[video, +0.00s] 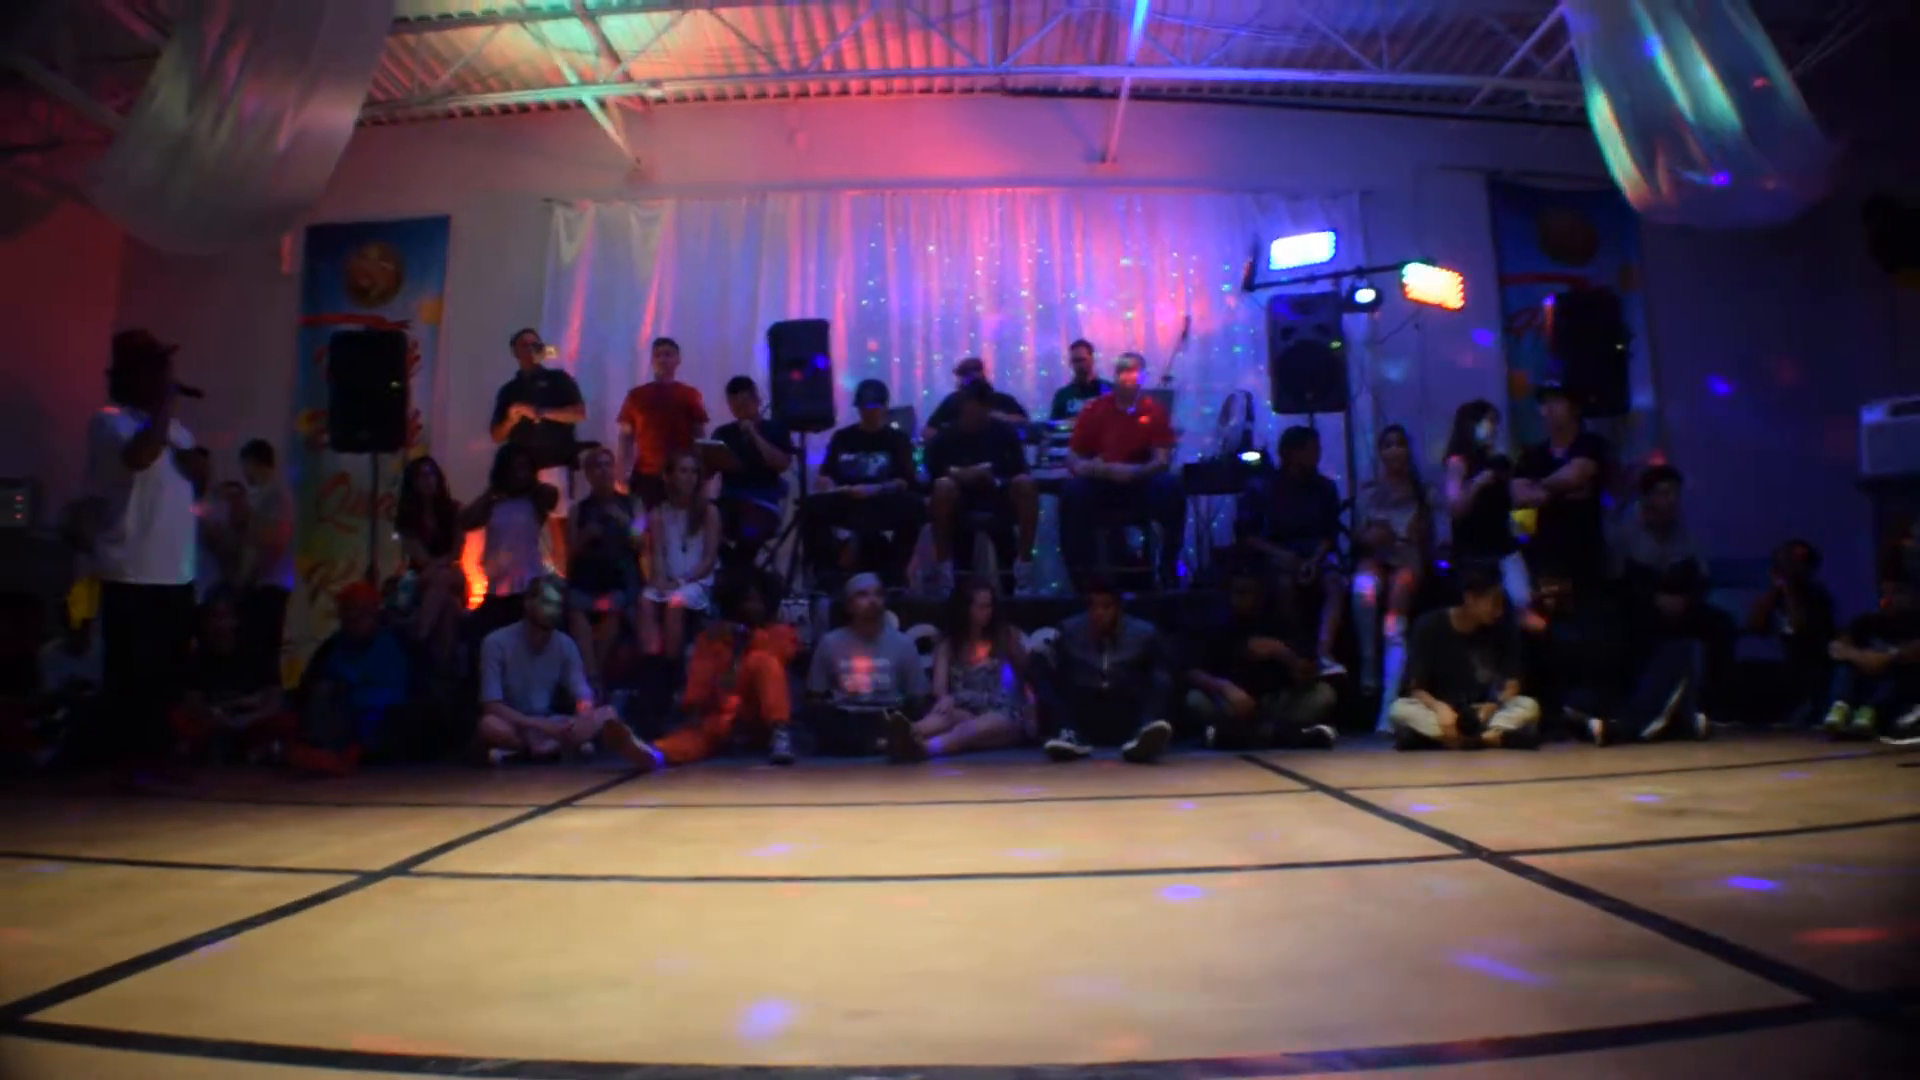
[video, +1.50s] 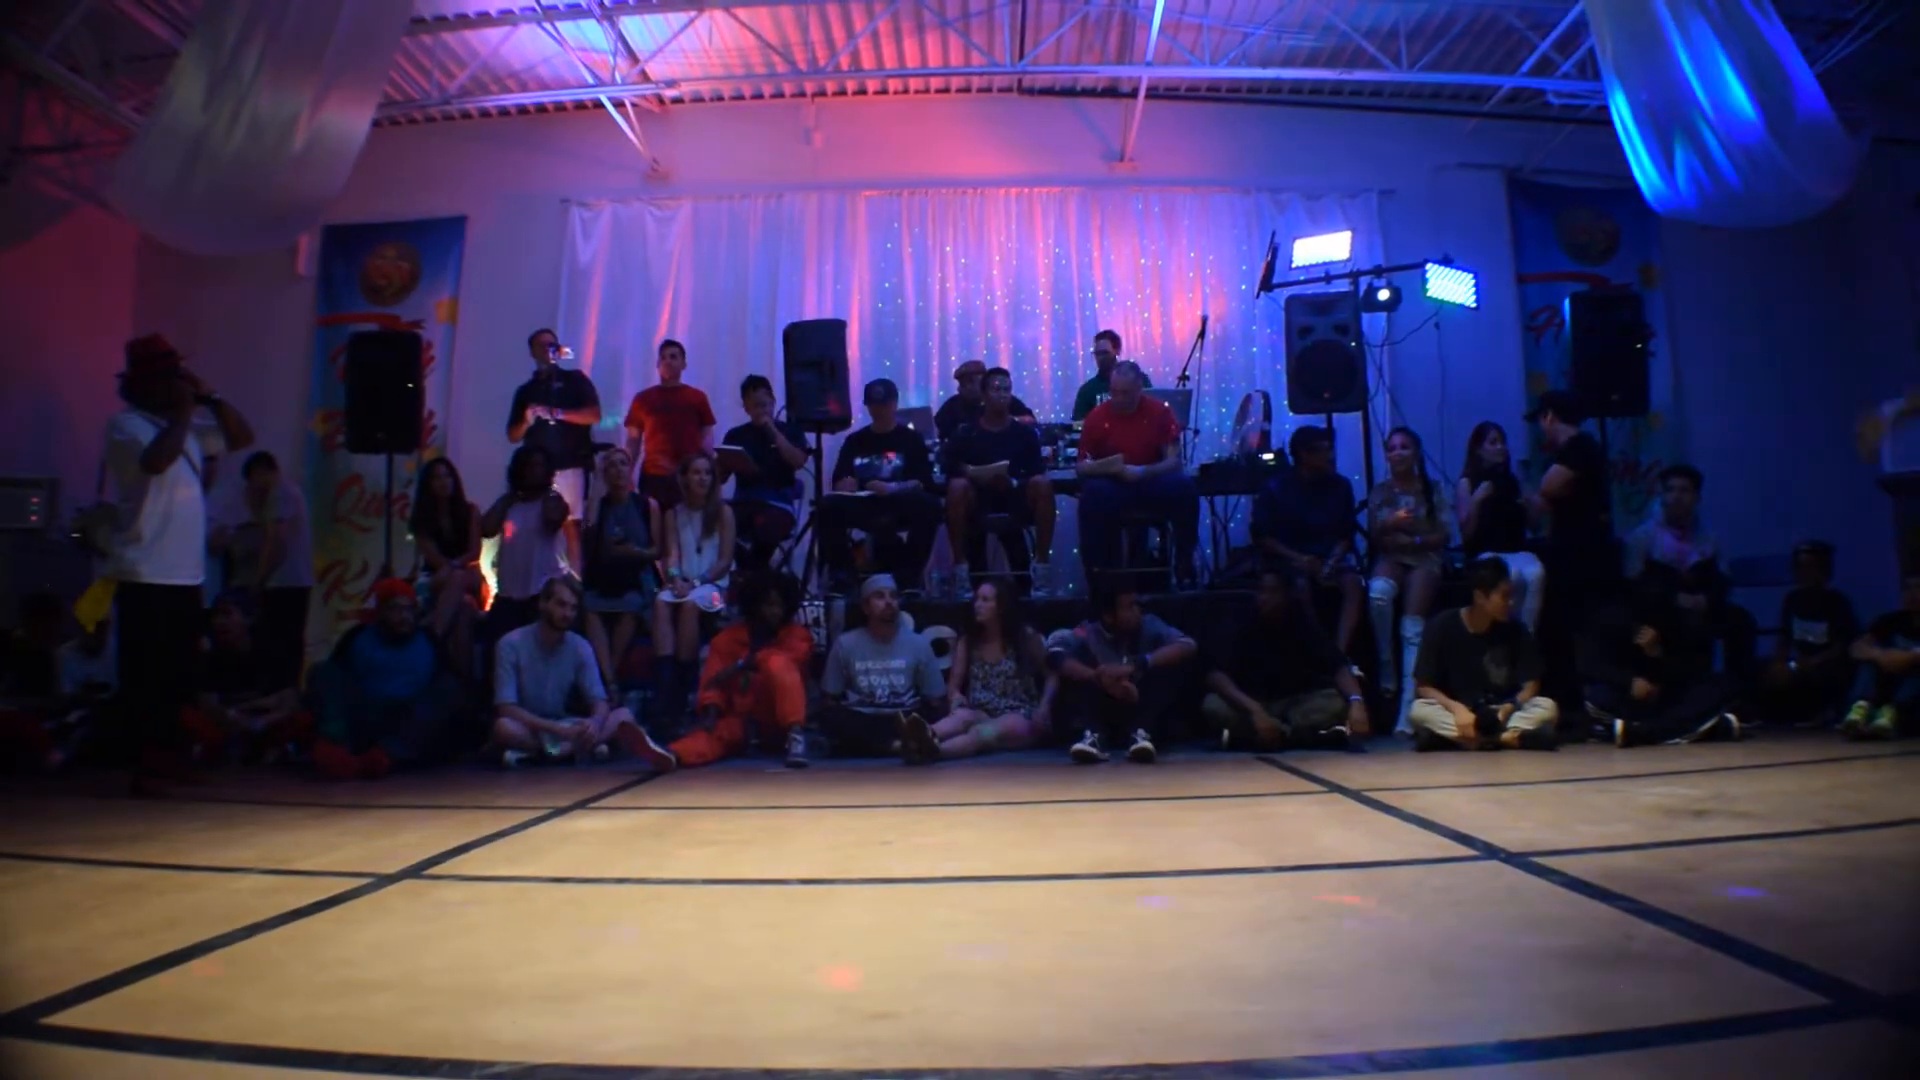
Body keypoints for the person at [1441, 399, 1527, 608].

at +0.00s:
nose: (1493, 428)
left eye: (1495, 422)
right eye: (1487, 422)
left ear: (1497, 426)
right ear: (1471, 426)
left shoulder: (1498, 459)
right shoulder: (1458, 461)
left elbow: (1509, 496)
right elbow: (1455, 504)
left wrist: (1535, 495)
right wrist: (1477, 484)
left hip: (1503, 545)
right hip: (1473, 549)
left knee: (1521, 600)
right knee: (1478, 608)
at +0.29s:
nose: (1518, 436)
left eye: (1520, 430)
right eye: (1512, 430)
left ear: (1523, 433)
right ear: (1497, 435)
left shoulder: (1524, 464)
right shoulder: (1486, 466)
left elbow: (1535, 500)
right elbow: (1473, 509)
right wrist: (1497, 485)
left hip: (1526, 545)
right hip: (1498, 547)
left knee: (1546, 587)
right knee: (1517, 595)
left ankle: (1539, 646)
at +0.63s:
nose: (1515, 437)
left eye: (1517, 431)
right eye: (1507, 433)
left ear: (1525, 435)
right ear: (1497, 442)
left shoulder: (1538, 468)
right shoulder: (1494, 473)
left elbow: (1548, 504)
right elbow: (1487, 512)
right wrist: (1500, 482)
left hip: (1536, 535)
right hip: (1503, 534)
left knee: (1548, 562)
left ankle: (1542, 631)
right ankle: (1519, 621)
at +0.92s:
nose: (1510, 445)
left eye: (1513, 439)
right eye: (1503, 440)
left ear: (1519, 443)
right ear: (1491, 447)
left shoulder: (1527, 473)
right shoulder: (1484, 477)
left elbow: (1545, 504)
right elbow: (1483, 514)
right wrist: (1500, 486)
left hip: (1527, 543)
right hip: (1496, 543)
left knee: (1545, 567)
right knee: (1520, 567)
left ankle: (1543, 634)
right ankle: (1511, 631)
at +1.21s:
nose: (1500, 448)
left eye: (1503, 442)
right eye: (1494, 443)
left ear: (1507, 447)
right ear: (1479, 449)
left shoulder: (1514, 473)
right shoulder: (1469, 480)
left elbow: (1531, 506)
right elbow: (1469, 521)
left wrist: (1525, 484)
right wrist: (1484, 496)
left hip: (1518, 547)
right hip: (1486, 548)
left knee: (1535, 568)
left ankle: (1535, 631)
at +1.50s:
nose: (1500, 448)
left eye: (1502, 442)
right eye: (1492, 443)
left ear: (1507, 447)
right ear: (1478, 449)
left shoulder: (1512, 479)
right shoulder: (1469, 481)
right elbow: (1466, 524)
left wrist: (1530, 506)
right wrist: (1476, 500)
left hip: (1517, 548)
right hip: (1485, 548)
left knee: (1536, 572)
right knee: (1513, 577)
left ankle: (1527, 632)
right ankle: (1505, 631)